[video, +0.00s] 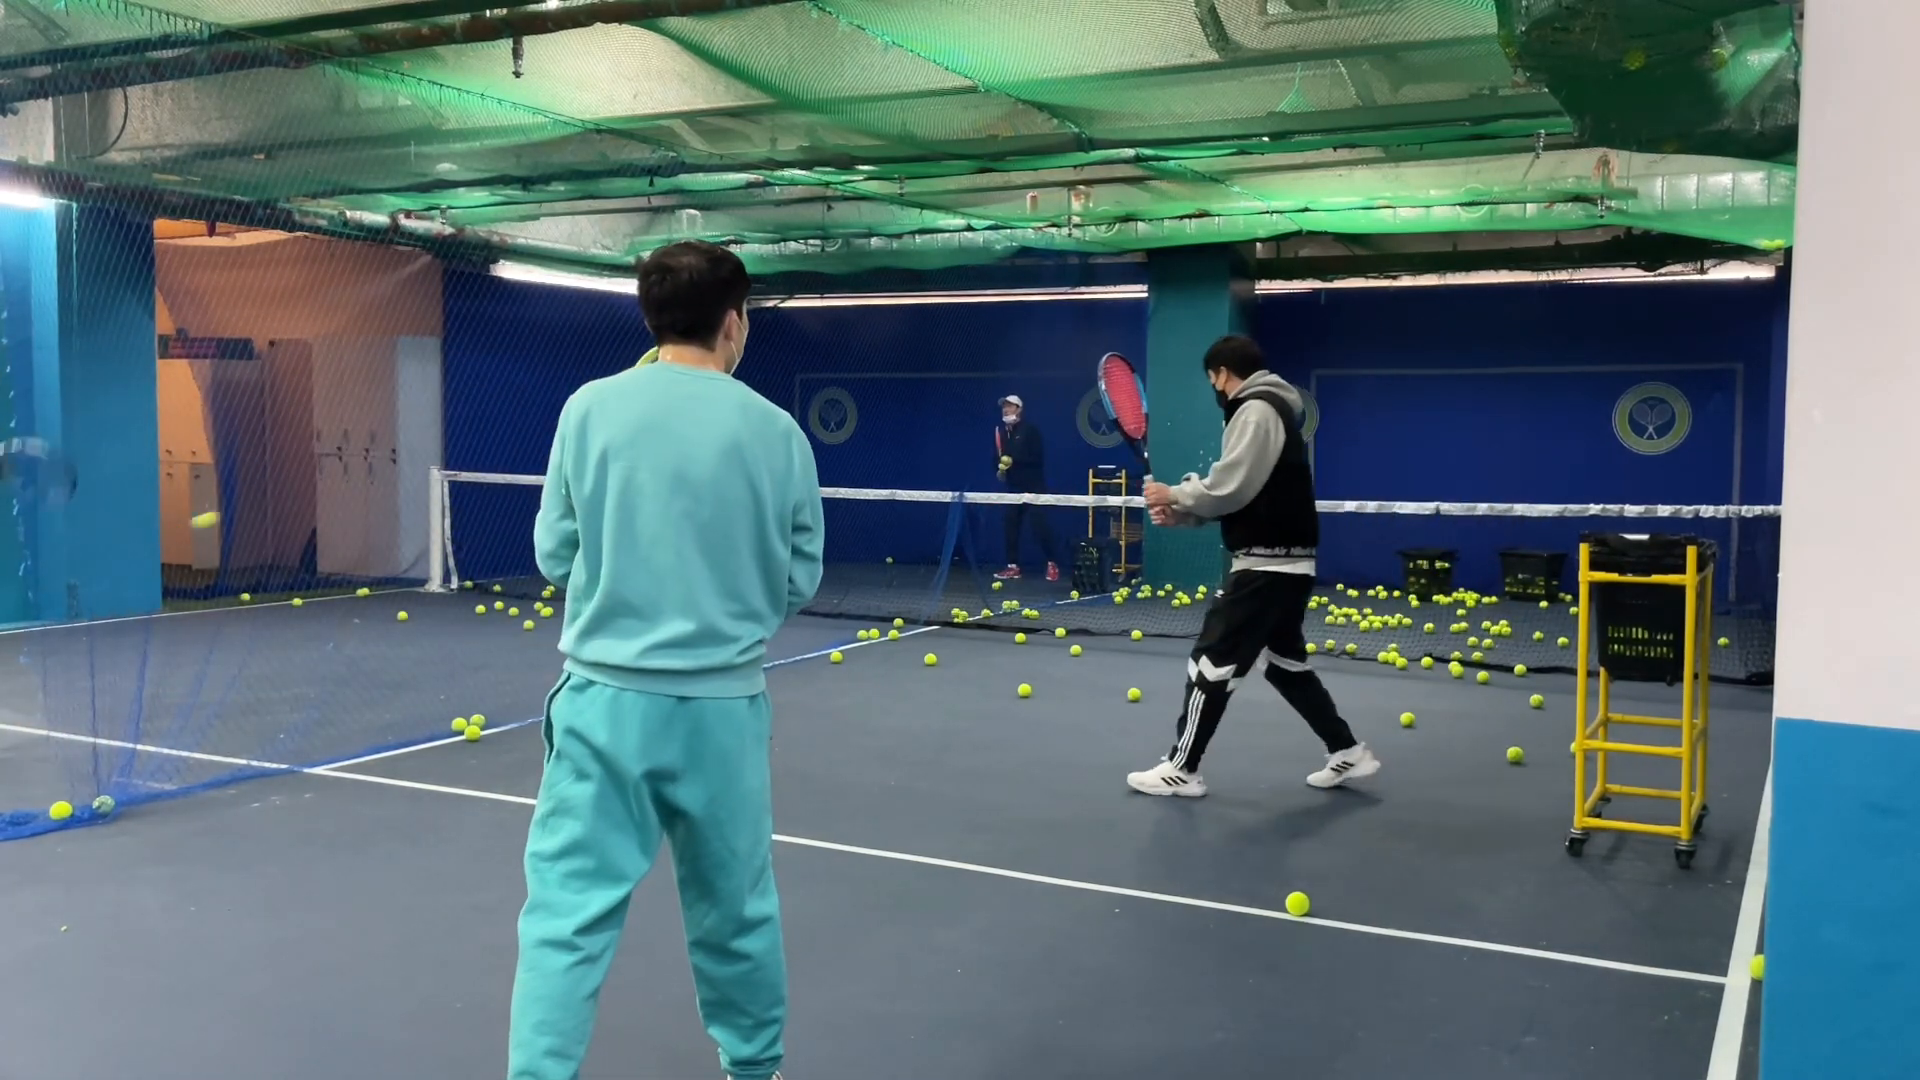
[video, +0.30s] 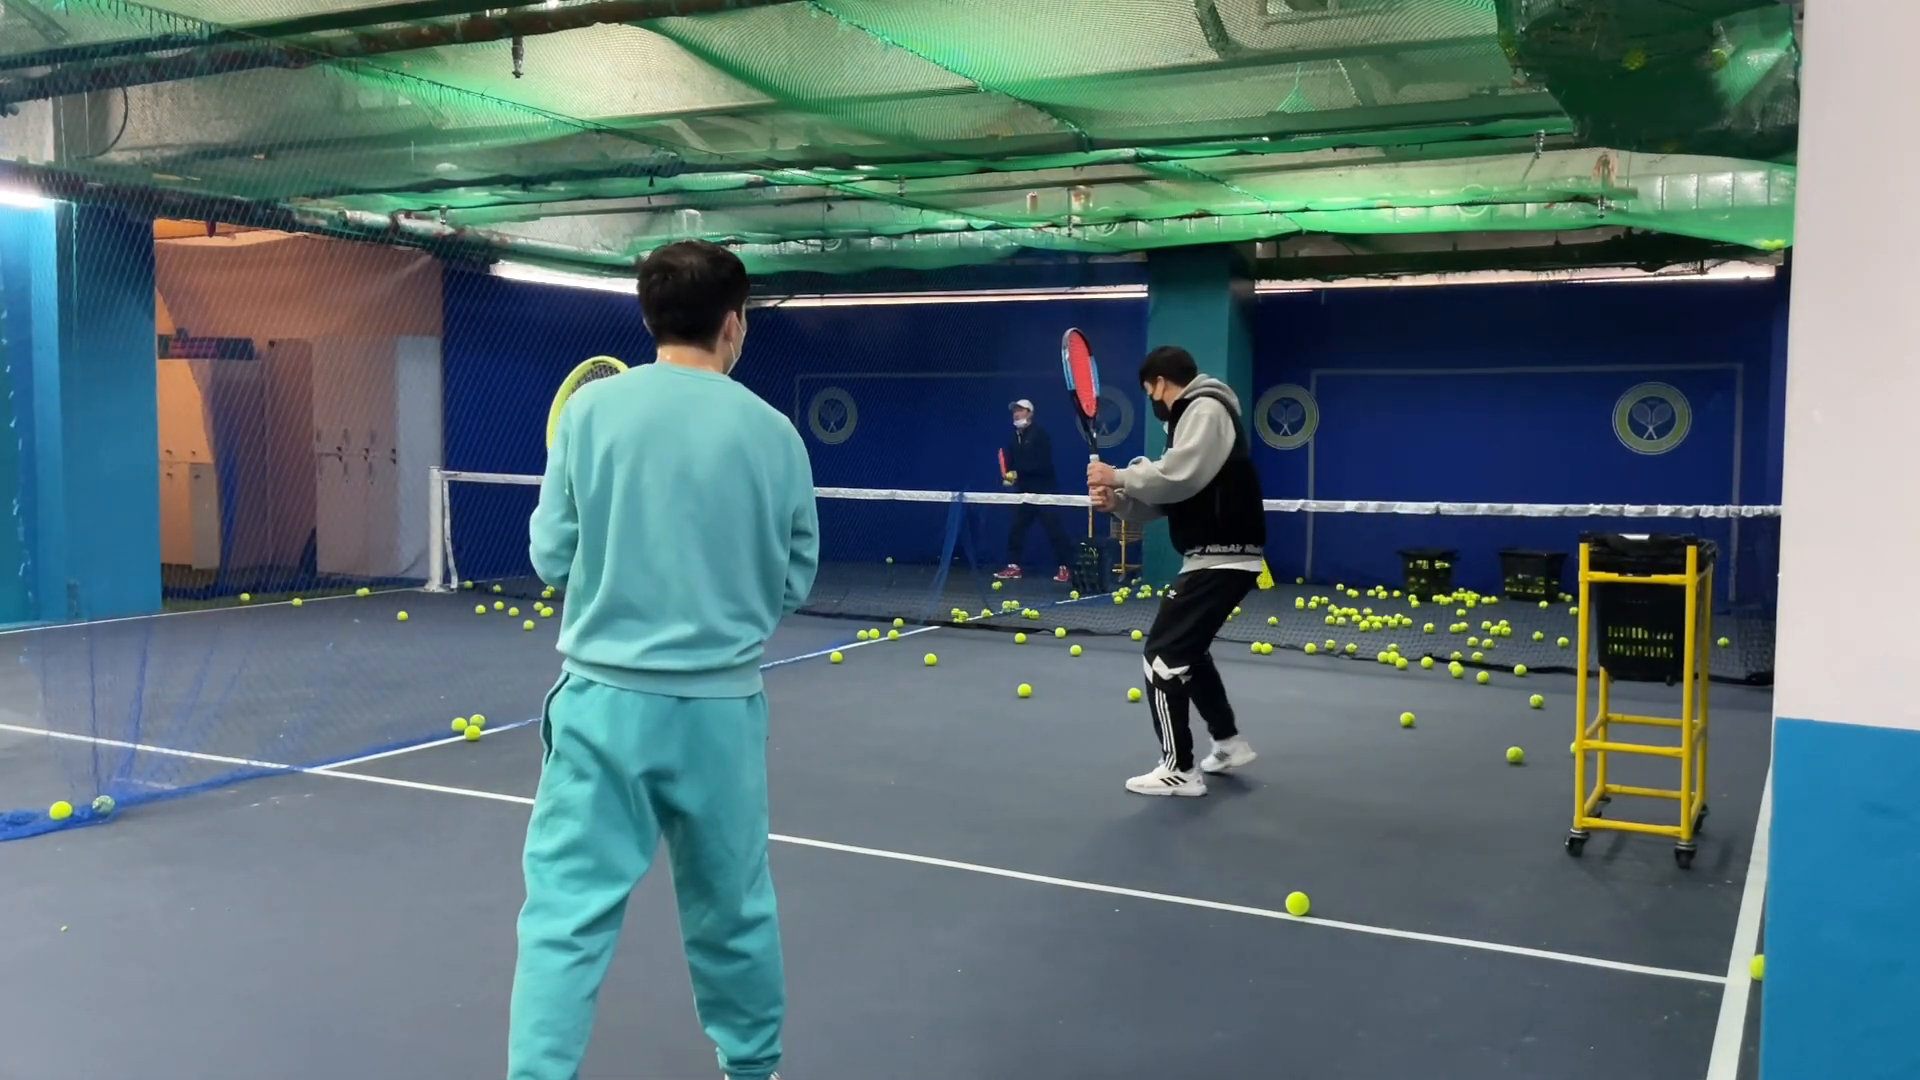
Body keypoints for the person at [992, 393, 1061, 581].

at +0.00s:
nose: (1007, 411)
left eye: (1011, 407)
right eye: (1005, 407)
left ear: (1019, 409)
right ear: (1002, 410)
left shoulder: (1030, 430)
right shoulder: (1001, 432)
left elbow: (1035, 459)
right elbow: (997, 456)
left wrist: (1013, 460)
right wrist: (1000, 467)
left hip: (1033, 484)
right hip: (1013, 485)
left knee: (1039, 523)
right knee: (1011, 524)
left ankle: (1051, 563)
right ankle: (1013, 565)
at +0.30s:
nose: (1017, 414)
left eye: (1021, 411)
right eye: (1015, 411)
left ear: (1030, 413)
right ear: (1012, 415)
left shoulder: (1040, 435)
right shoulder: (1014, 437)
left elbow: (1042, 463)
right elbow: (1014, 462)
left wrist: (1017, 472)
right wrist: (1009, 474)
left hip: (1043, 487)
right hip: (1024, 487)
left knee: (1053, 527)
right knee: (1017, 526)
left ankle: (1064, 565)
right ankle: (1014, 565)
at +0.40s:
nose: (1020, 416)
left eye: (1025, 412)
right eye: (1019, 413)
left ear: (1033, 415)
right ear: (1016, 416)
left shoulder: (1044, 436)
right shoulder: (1015, 439)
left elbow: (1049, 464)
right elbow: (1010, 464)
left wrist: (1036, 484)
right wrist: (1008, 482)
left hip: (1047, 490)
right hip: (1025, 491)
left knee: (1055, 529)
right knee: (1018, 528)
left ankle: (1064, 566)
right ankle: (1014, 565)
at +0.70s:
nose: (1025, 439)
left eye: (1029, 435)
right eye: (1022, 435)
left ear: (1036, 435)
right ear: (1018, 436)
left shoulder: (1048, 448)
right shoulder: (1015, 453)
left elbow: (1060, 472)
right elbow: (1004, 480)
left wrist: (1059, 494)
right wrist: (996, 504)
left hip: (1049, 495)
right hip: (1026, 495)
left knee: (1060, 528)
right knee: (1017, 528)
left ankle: (1068, 564)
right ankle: (1014, 565)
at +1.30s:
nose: (1015, 422)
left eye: (1019, 419)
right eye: (1013, 418)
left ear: (1027, 420)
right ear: (1010, 419)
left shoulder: (1037, 441)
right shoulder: (1004, 441)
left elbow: (1042, 468)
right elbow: (995, 468)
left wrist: (1038, 491)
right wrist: (988, 491)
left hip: (1036, 491)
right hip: (1011, 492)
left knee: (1045, 526)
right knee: (1010, 529)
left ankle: (1053, 564)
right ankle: (1013, 565)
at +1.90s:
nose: (1023, 411)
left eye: (1027, 409)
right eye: (1021, 408)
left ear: (1035, 411)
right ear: (1019, 411)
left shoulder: (1043, 434)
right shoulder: (1015, 433)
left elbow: (1050, 462)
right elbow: (1010, 459)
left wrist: (1049, 488)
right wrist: (1005, 483)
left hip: (1037, 486)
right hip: (1016, 485)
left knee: (1038, 526)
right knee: (1011, 524)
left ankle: (1037, 564)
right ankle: (1007, 562)